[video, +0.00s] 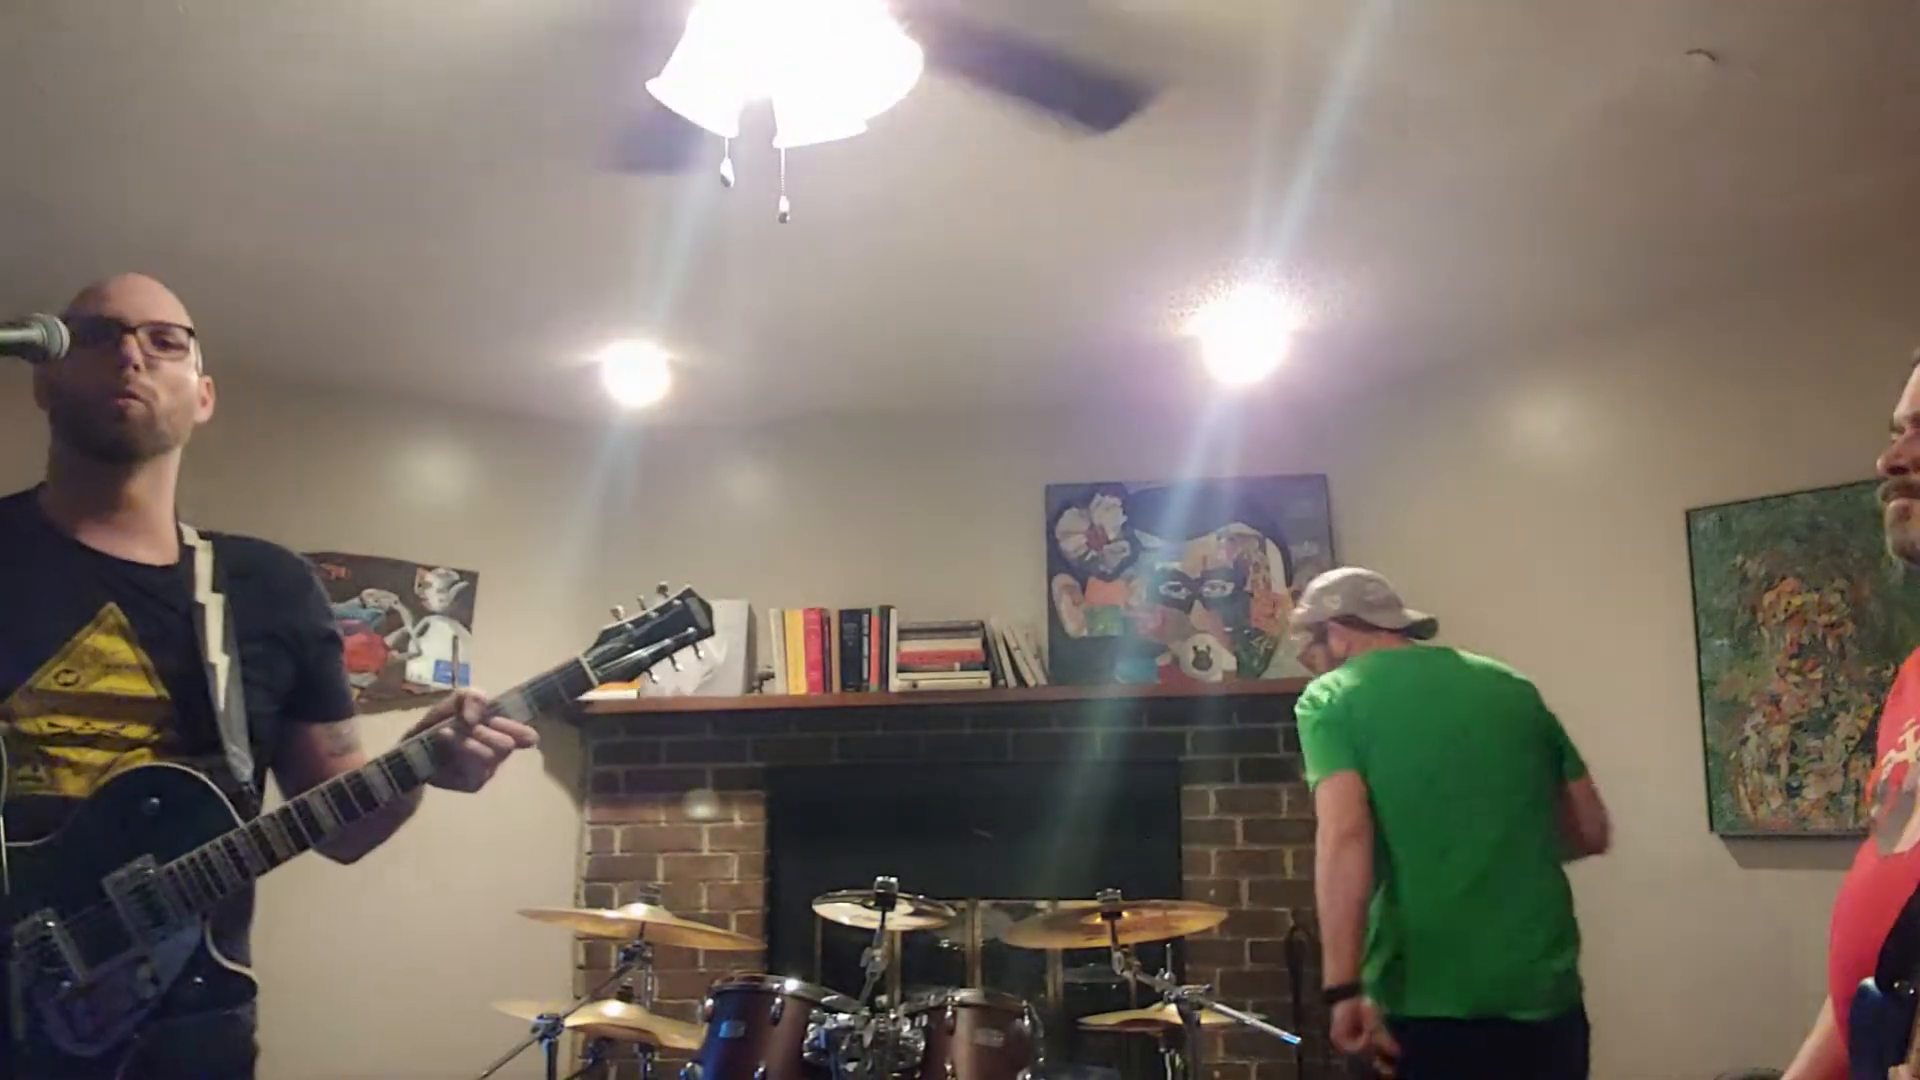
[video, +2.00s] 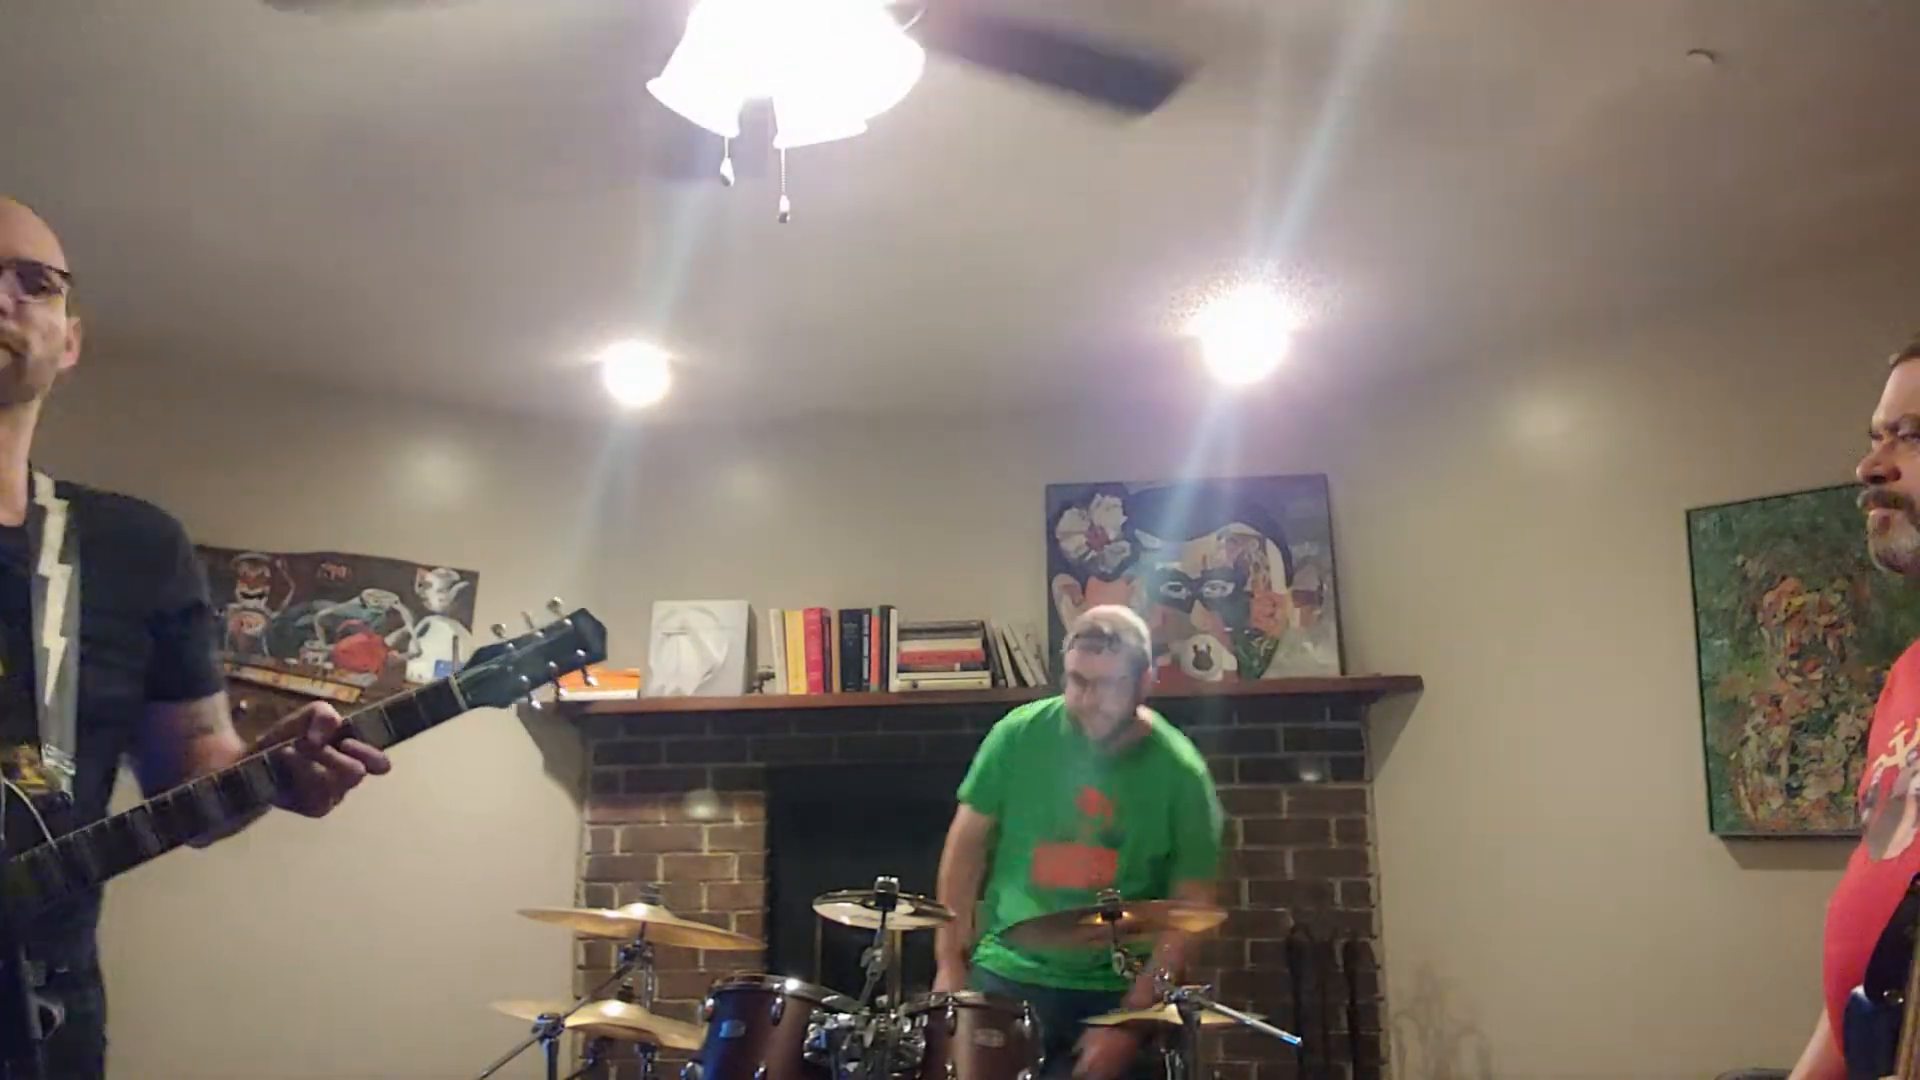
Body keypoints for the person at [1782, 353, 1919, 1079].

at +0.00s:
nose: (1891, 459)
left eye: (1917, 430)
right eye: (1895, 431)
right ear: (1891, 446)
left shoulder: (1908, 677)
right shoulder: (1909, 677)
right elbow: (1882, 907)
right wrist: (1808, 1065)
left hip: (1899, 1053)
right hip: (1861, 1047)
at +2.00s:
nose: (1869, 465)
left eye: (1905, 435)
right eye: (1875, 438)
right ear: (1874, 450)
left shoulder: (1908, 674)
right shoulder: (1905, 677)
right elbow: (1877, 910)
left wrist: (1820, 1061)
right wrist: (1814, 1065)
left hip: (1902, 1051)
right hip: (1863, 1047)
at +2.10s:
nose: (1869, 466)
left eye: (1906, 436)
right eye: (1874, 440)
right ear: (1873, 451)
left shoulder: (1908, 674)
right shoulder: (1905, 677)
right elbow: (1878, 901)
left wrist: (1820, 1062)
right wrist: (1813, 1066)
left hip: (1902, 1051)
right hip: (1864, 1048)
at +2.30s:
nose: (1861, 475)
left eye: (1896, 443)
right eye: (1866, 449)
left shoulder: (1908, 674)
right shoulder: (1906, 675)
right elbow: (1877, 917)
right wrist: (1810, 1068)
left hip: (1901, 1055)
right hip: (1861, 1050)